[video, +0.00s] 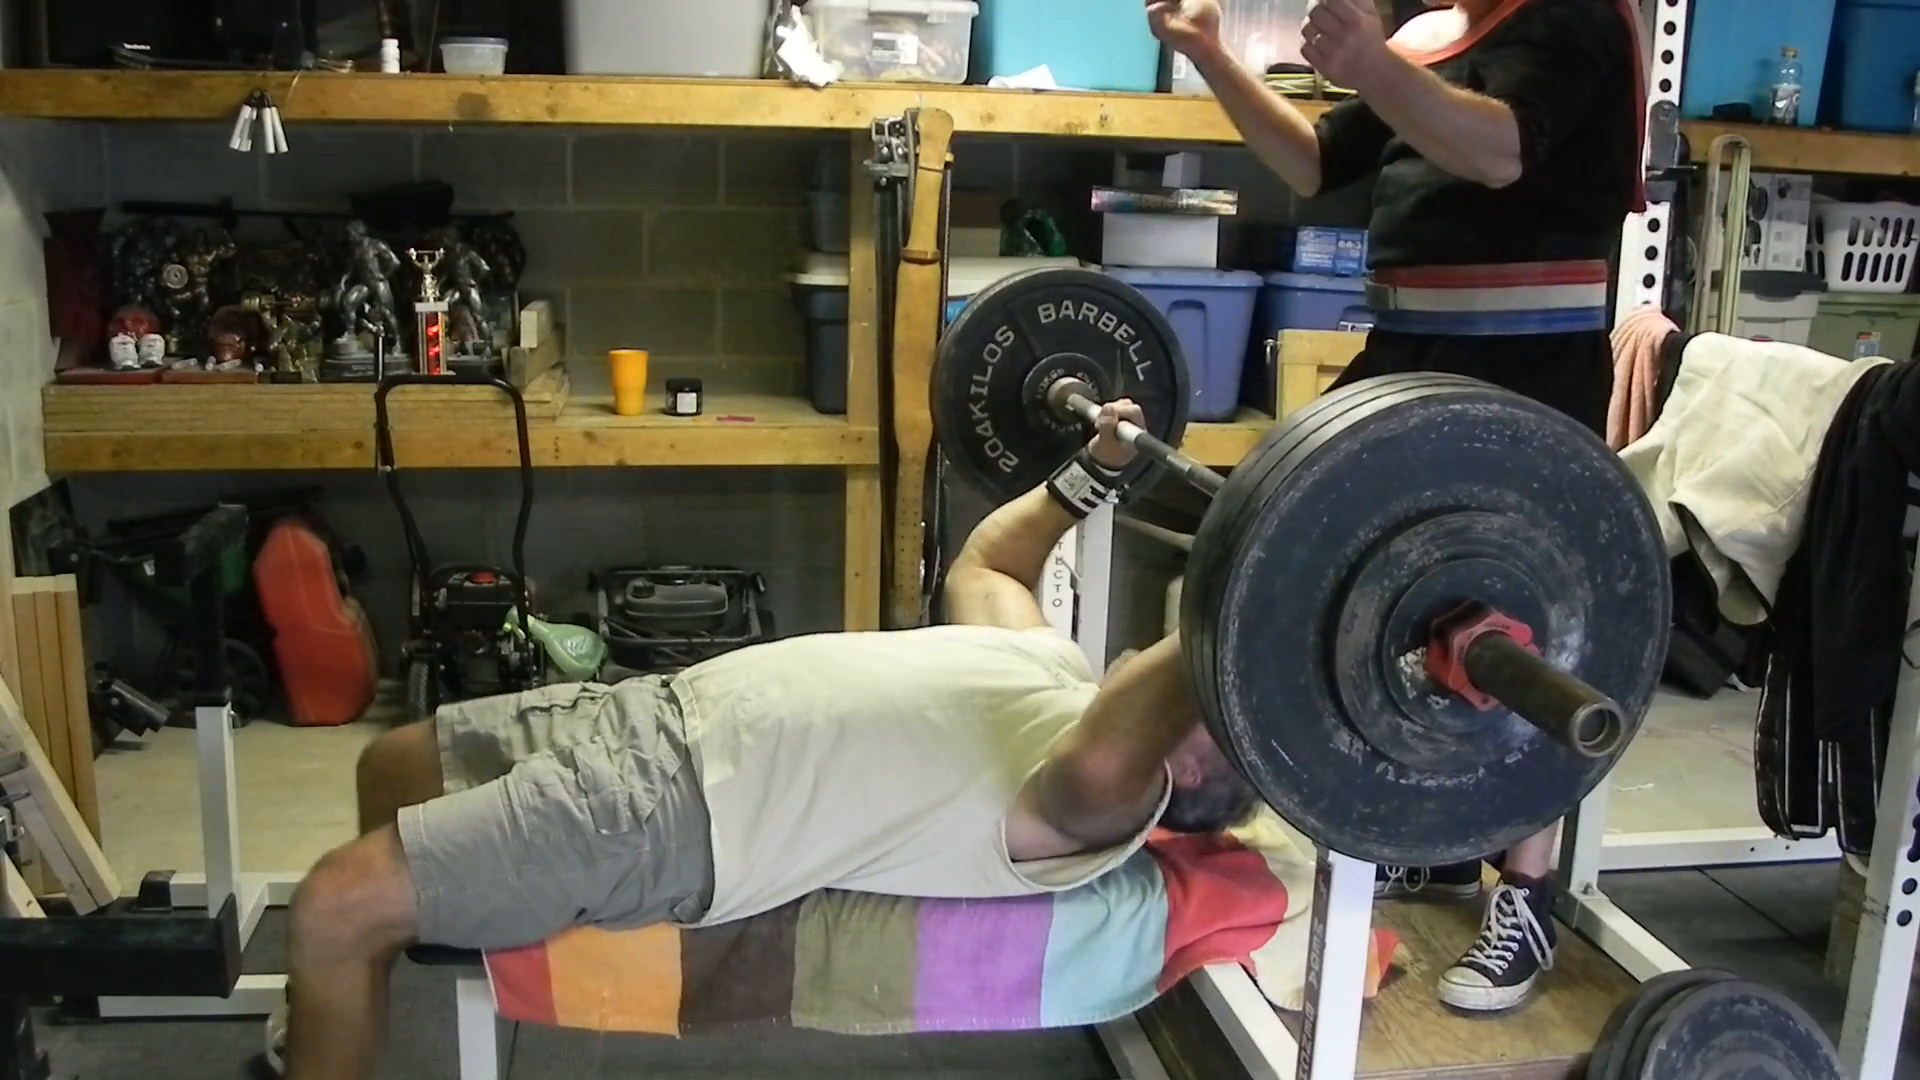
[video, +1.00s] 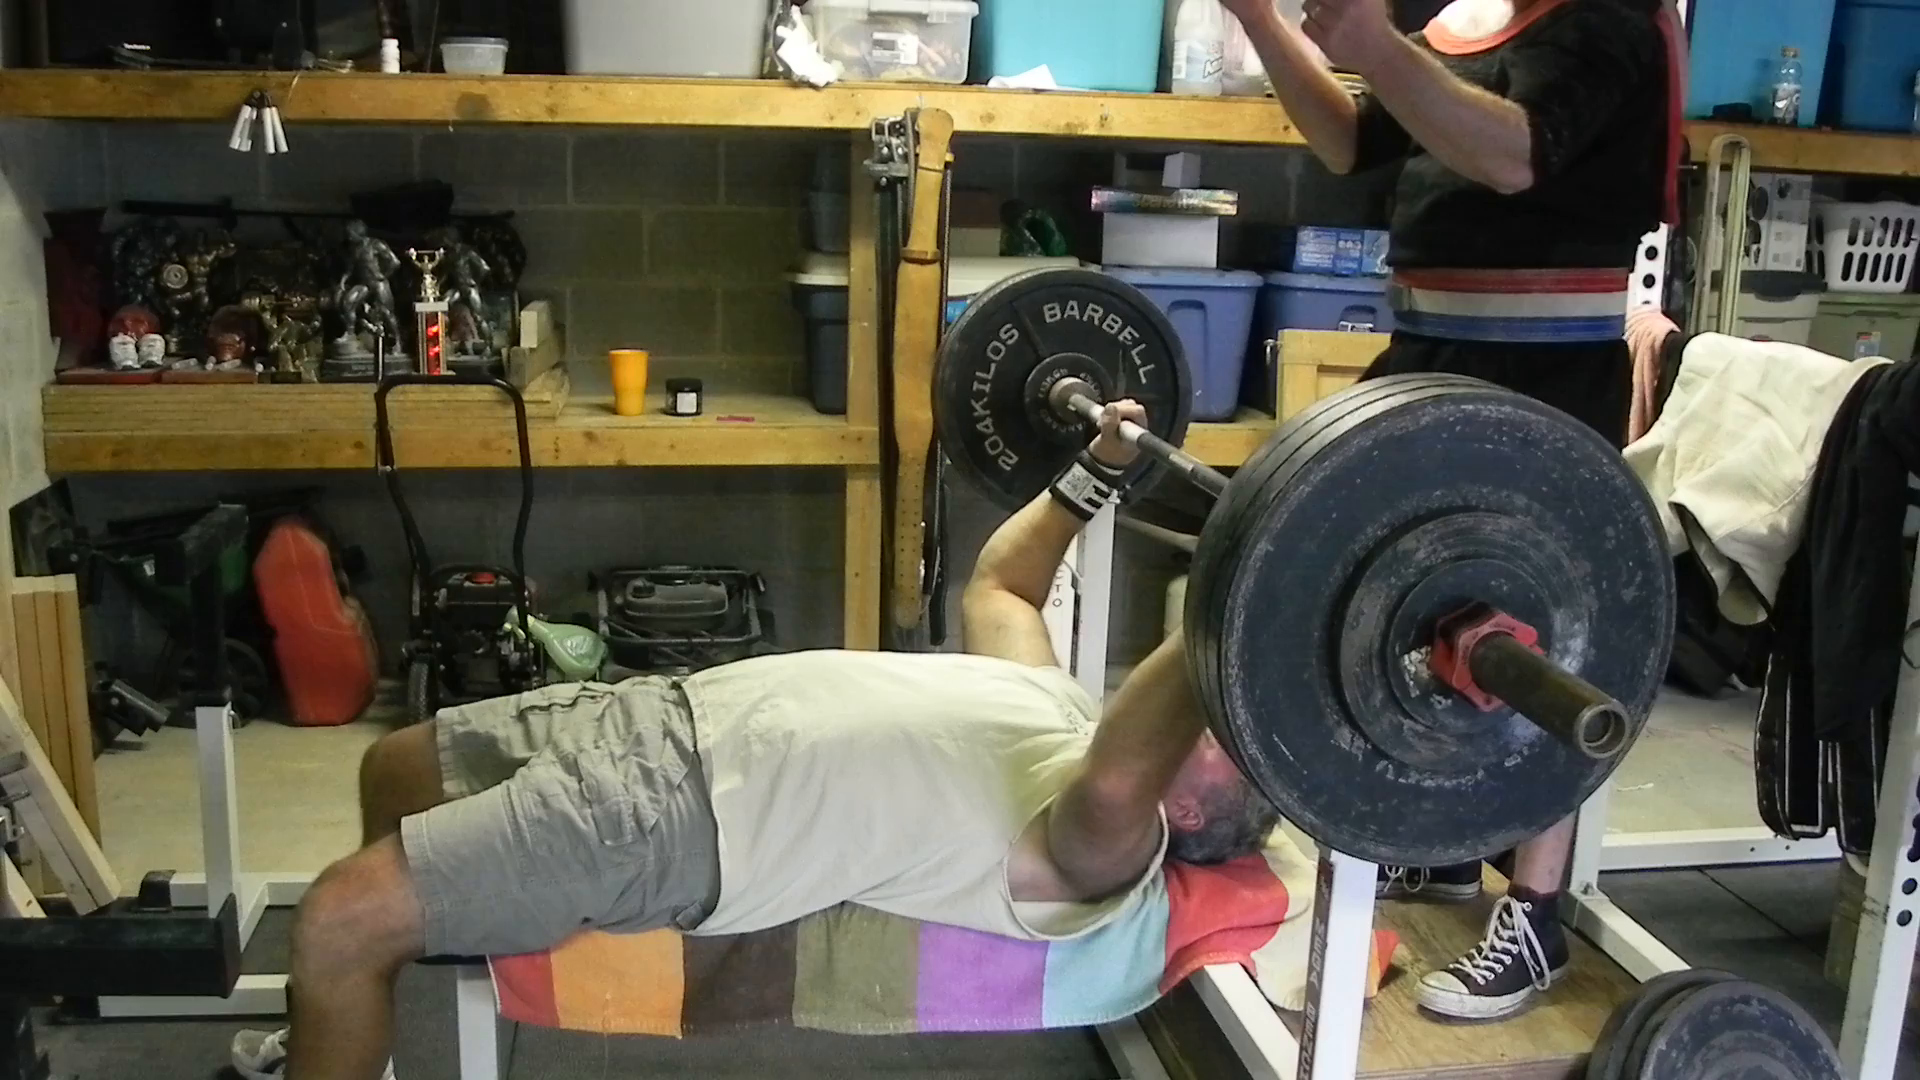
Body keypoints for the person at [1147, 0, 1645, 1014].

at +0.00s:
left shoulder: (1576, 18)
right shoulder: (1428, 38)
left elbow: (1503, 148)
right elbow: (1314, 164)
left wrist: (1372, 64)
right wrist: (1210, 54)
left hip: (1536, 374)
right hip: (1405, 363)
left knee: (1528, 630)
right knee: (1392, 608)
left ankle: (1528, 891)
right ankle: (1431, 831)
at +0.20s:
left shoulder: (1577, 17)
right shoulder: (1431, 40)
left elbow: (1497, 144)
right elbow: (1320, 163)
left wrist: (1356, 49)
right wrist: (1222, 50)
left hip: (1535, 370)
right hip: (1405, 359)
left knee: (1526, 628)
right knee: (1387, 604)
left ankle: (1525, 889)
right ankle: (1422, 829)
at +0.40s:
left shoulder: (1581, 16)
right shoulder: (1429, 38)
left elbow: (1498, 141)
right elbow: (1323, 164)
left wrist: (1354, 46)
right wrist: (1232, 36)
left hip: (1538, 366)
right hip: (1408, 356)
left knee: (1522, 628)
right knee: (1390, 606)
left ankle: (1526, 890)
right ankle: (1429, 834)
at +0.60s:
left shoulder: (1587, 21)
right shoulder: (1440, 49)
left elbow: (1504, 145)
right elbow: (1327, 162)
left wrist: (1370, 43)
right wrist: (1232, 40)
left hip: (1535, 372)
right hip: (1409, 361)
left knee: (1519, 628)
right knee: (1397, 608)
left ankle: (1527, 885)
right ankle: (1432, 833)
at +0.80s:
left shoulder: (1598, 20)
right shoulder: (1448, 27)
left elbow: (1505, 147)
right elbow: (1337, 147)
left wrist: (1367, 36)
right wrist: (1242, 16)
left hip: (1539, 376)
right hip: (1414, 362)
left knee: (1528, 635)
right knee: (1406, 611)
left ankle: (1531, 912)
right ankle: (1432, 837)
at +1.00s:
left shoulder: (1609, 21)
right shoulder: (1456, 29)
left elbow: (1510, 154)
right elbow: (1353, 144)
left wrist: (1374, 38)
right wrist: (1253, 15)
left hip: (1555, 379)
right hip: (1431, 365)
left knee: (1543, 636)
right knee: (1421, 612)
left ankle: (1532, 909)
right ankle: (1439, 841)